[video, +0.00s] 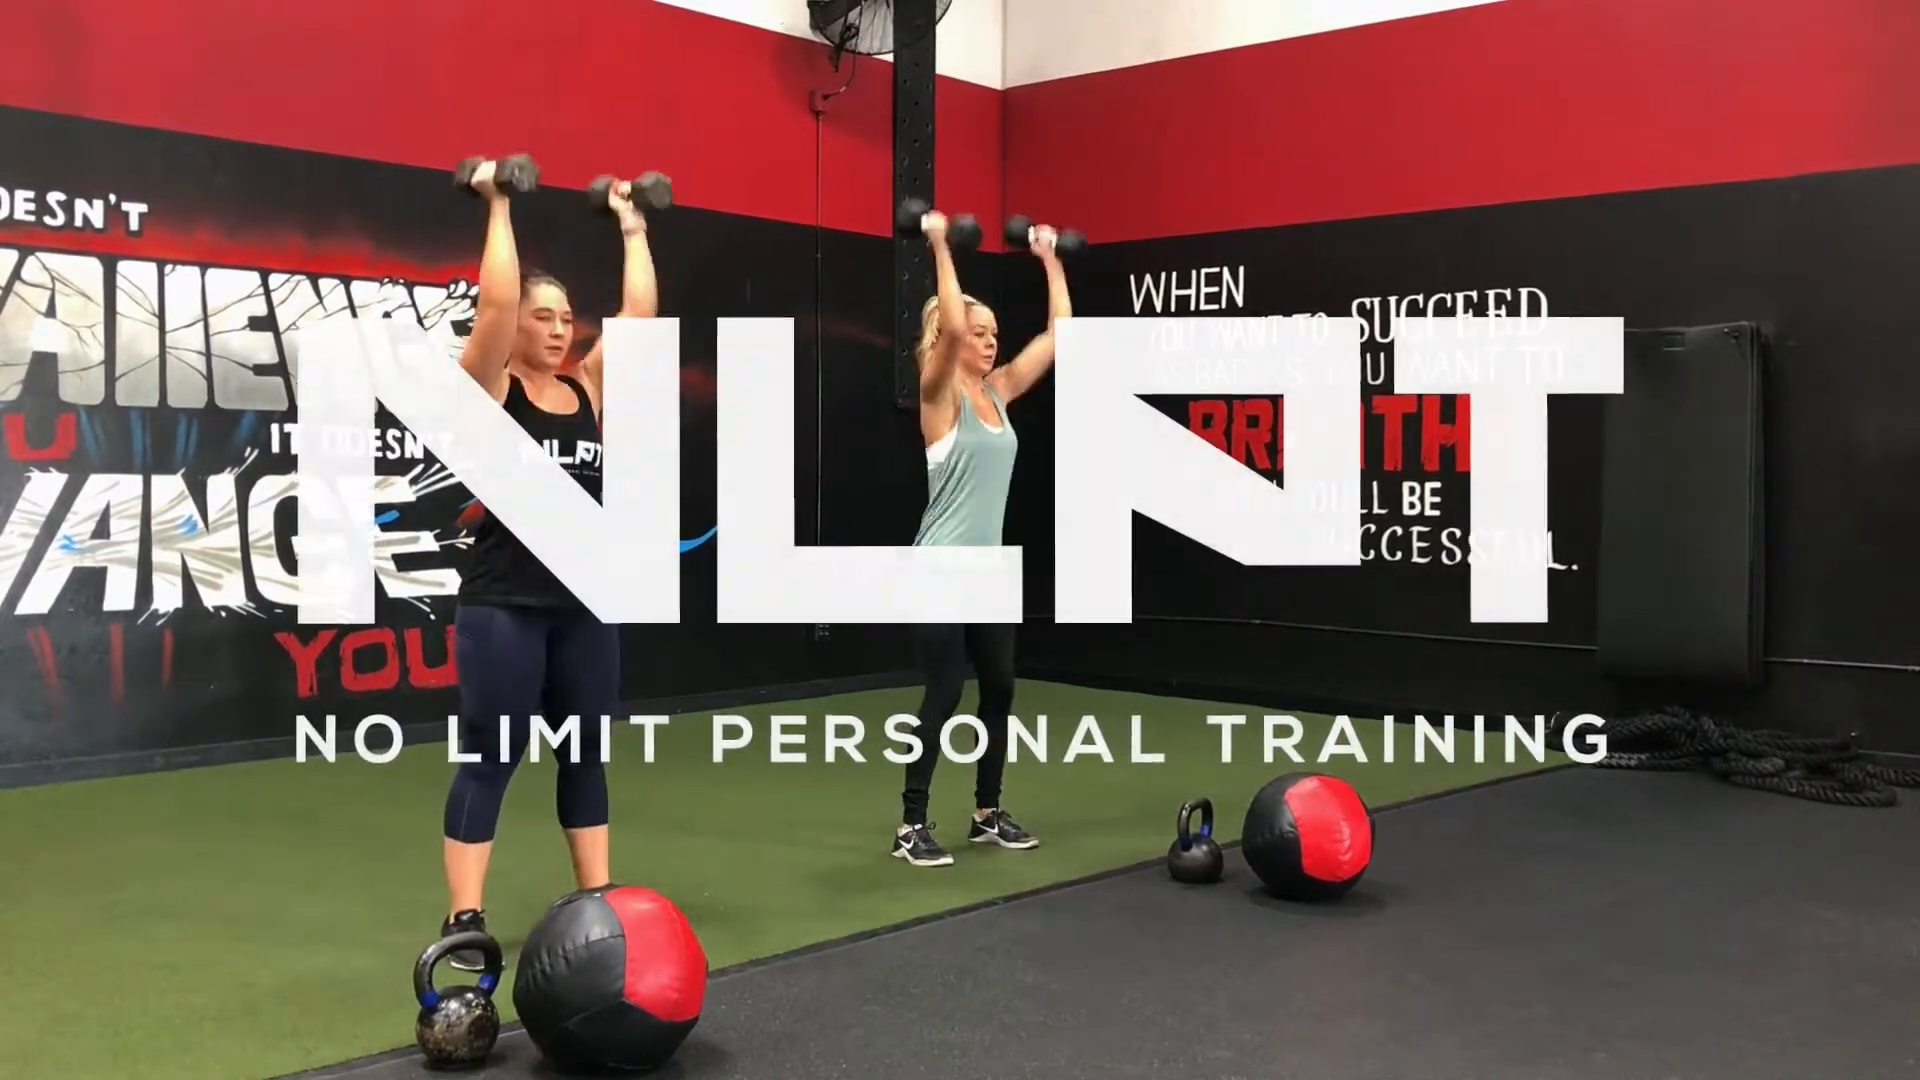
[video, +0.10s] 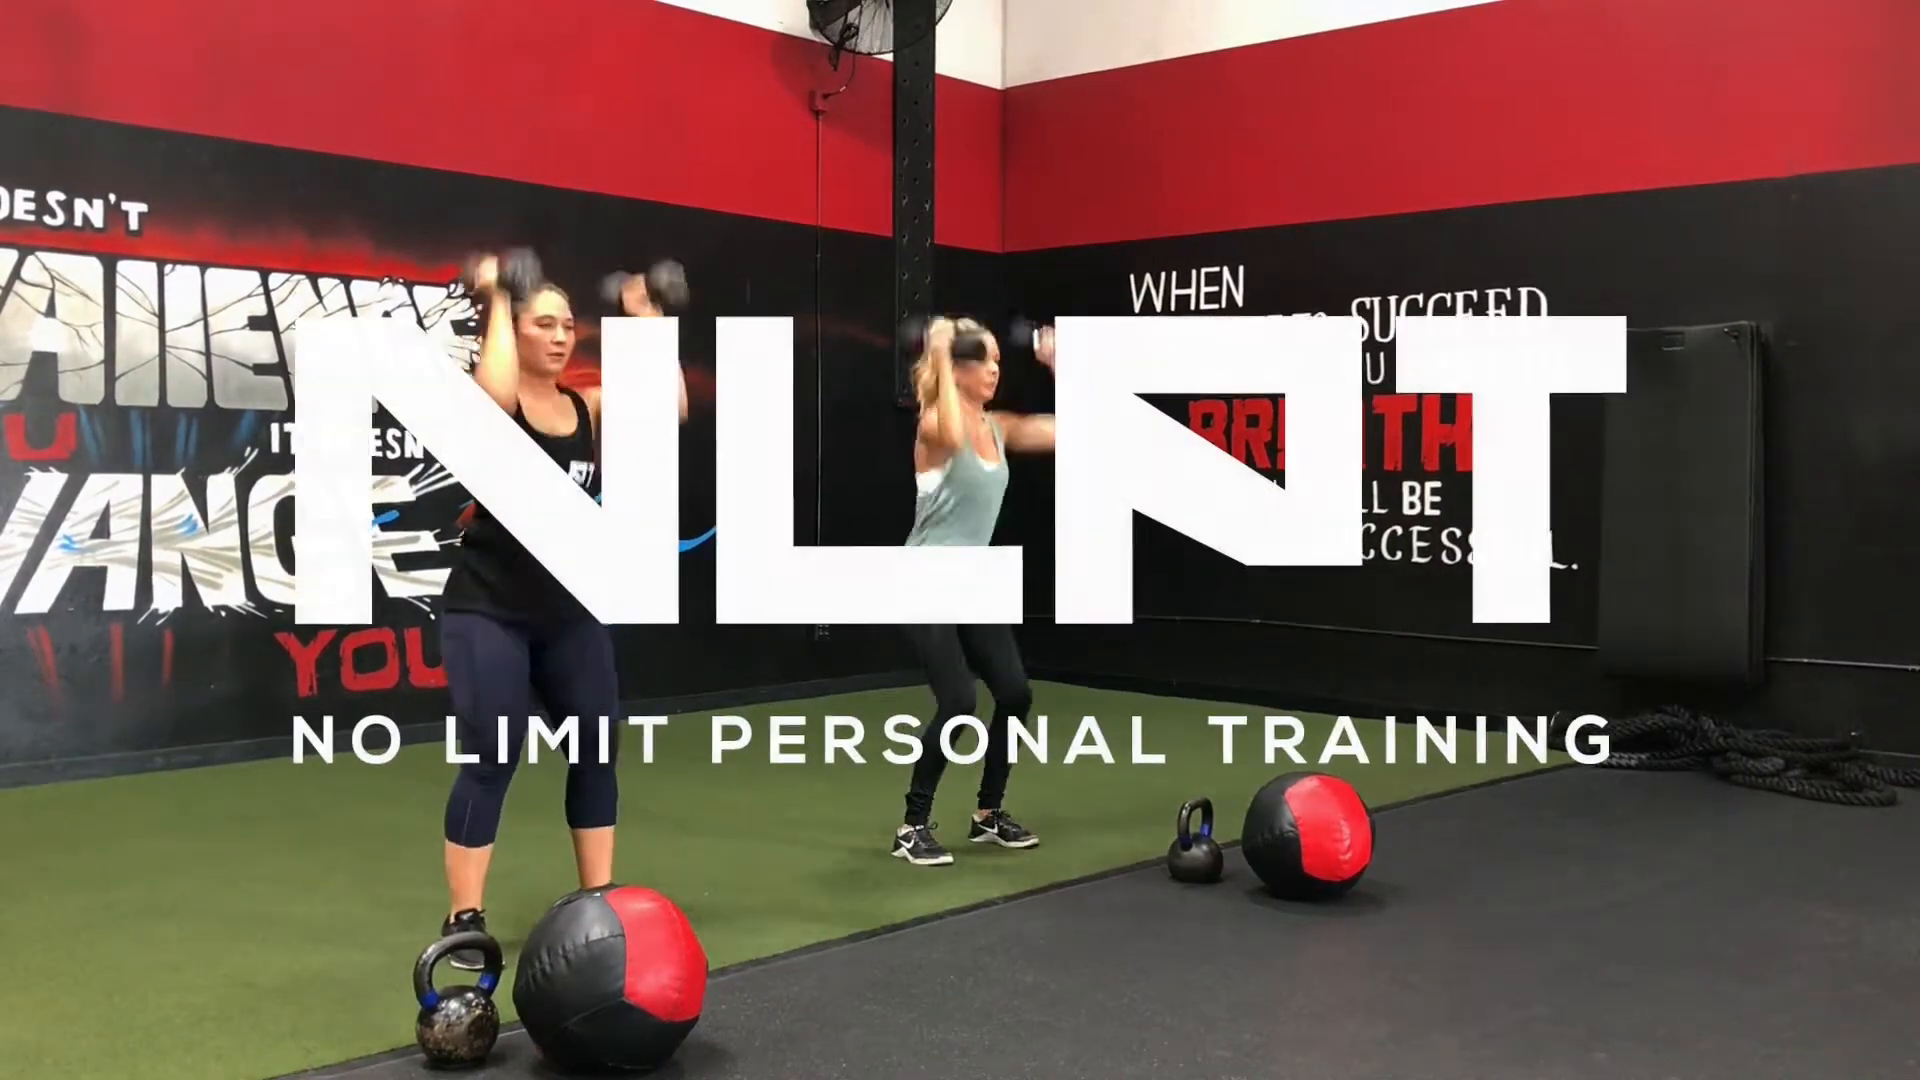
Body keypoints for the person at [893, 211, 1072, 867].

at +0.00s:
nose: (992, 344)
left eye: (993, 335)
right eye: (980, 334)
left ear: (994, 341)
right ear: (950, 339)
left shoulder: (997, 390)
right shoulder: (940, 395)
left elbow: (1059, 332)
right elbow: (949, 329)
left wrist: (1050, 260)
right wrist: (941, 246)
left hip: (992, 570)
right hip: (938, 569)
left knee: (998, 691)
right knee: (944, 689)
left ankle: (988, 814)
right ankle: (914, 825)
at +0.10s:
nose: (996, 372)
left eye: (997, 363)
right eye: (987, 363)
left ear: (991, 370)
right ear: (957, 368)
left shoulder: (998, 425)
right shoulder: (935, 423)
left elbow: (1072, 431)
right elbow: (952, 438)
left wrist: (1060, 368)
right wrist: (940, 366)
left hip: (976, 589)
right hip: (924, 590)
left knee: (1015, 695)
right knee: (957, 702)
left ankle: (989, 814)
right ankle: (915, 825)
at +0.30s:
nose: (1014, 496)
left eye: (1015, 487)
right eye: (1001, 487)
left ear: (1017, 497)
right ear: (970, 498)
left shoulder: (1011, 560)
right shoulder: (941, 555)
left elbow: (1055, 631)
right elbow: (955, 645)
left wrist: (1053, 561)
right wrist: (950, 562)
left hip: (952, 681)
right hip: (896, 679)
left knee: (1037, 713)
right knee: (965, 730)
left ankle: (990, 816)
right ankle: (916, 830)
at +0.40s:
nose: (1018, 513)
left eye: (1019, 505)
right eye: (1005, 505)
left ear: (1023, 512)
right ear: (975, 516)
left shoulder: (1012, 575)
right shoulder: (947, 570)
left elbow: (1057, 650)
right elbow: (953, 665)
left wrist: (1056, 580)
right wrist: (946, 582)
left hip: (951, 691)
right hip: (894, 689)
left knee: (1038, 713)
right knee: (962, 732)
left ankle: (989, 817)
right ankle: (916, 830)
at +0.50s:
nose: (1015, 483)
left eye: (1017, 474)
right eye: (1003, 474)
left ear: (1021, 481)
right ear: (973, 485)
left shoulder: (1016, 544)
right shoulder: (949, 538)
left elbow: (1062, 609)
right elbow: (950, 626)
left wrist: (1060, 544)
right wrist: (949, 551)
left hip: (954, 667)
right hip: (898, 666)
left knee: (1037, 712)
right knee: (961, 727)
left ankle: (991, 815)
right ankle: (915, 830)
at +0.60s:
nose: (1008, 415)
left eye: (1010, 404)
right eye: (997, 405)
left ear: (1012, 412)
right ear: (966, 413)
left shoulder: (1012, 476)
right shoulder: (945, 473)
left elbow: (1063, 525)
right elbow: (945, 533)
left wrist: (1058, 465)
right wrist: (948, 453)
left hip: (969, 621)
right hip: (915, 621)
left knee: (1031, 705)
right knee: (957, 716)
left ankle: (990, 815)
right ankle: (914, 828)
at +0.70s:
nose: (1001, 362)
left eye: (1001, 353)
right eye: (991, 353)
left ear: (997, 361)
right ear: (962, 359)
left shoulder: (1006, 417)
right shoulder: (940, 415)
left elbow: (1072, 430)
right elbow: (946, 430)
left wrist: (1063, 372)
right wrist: (945, 355)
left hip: (981, 582)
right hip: (929, 583)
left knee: (1013, 688)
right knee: (951, 695)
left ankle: (989, 813)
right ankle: (914, 825)